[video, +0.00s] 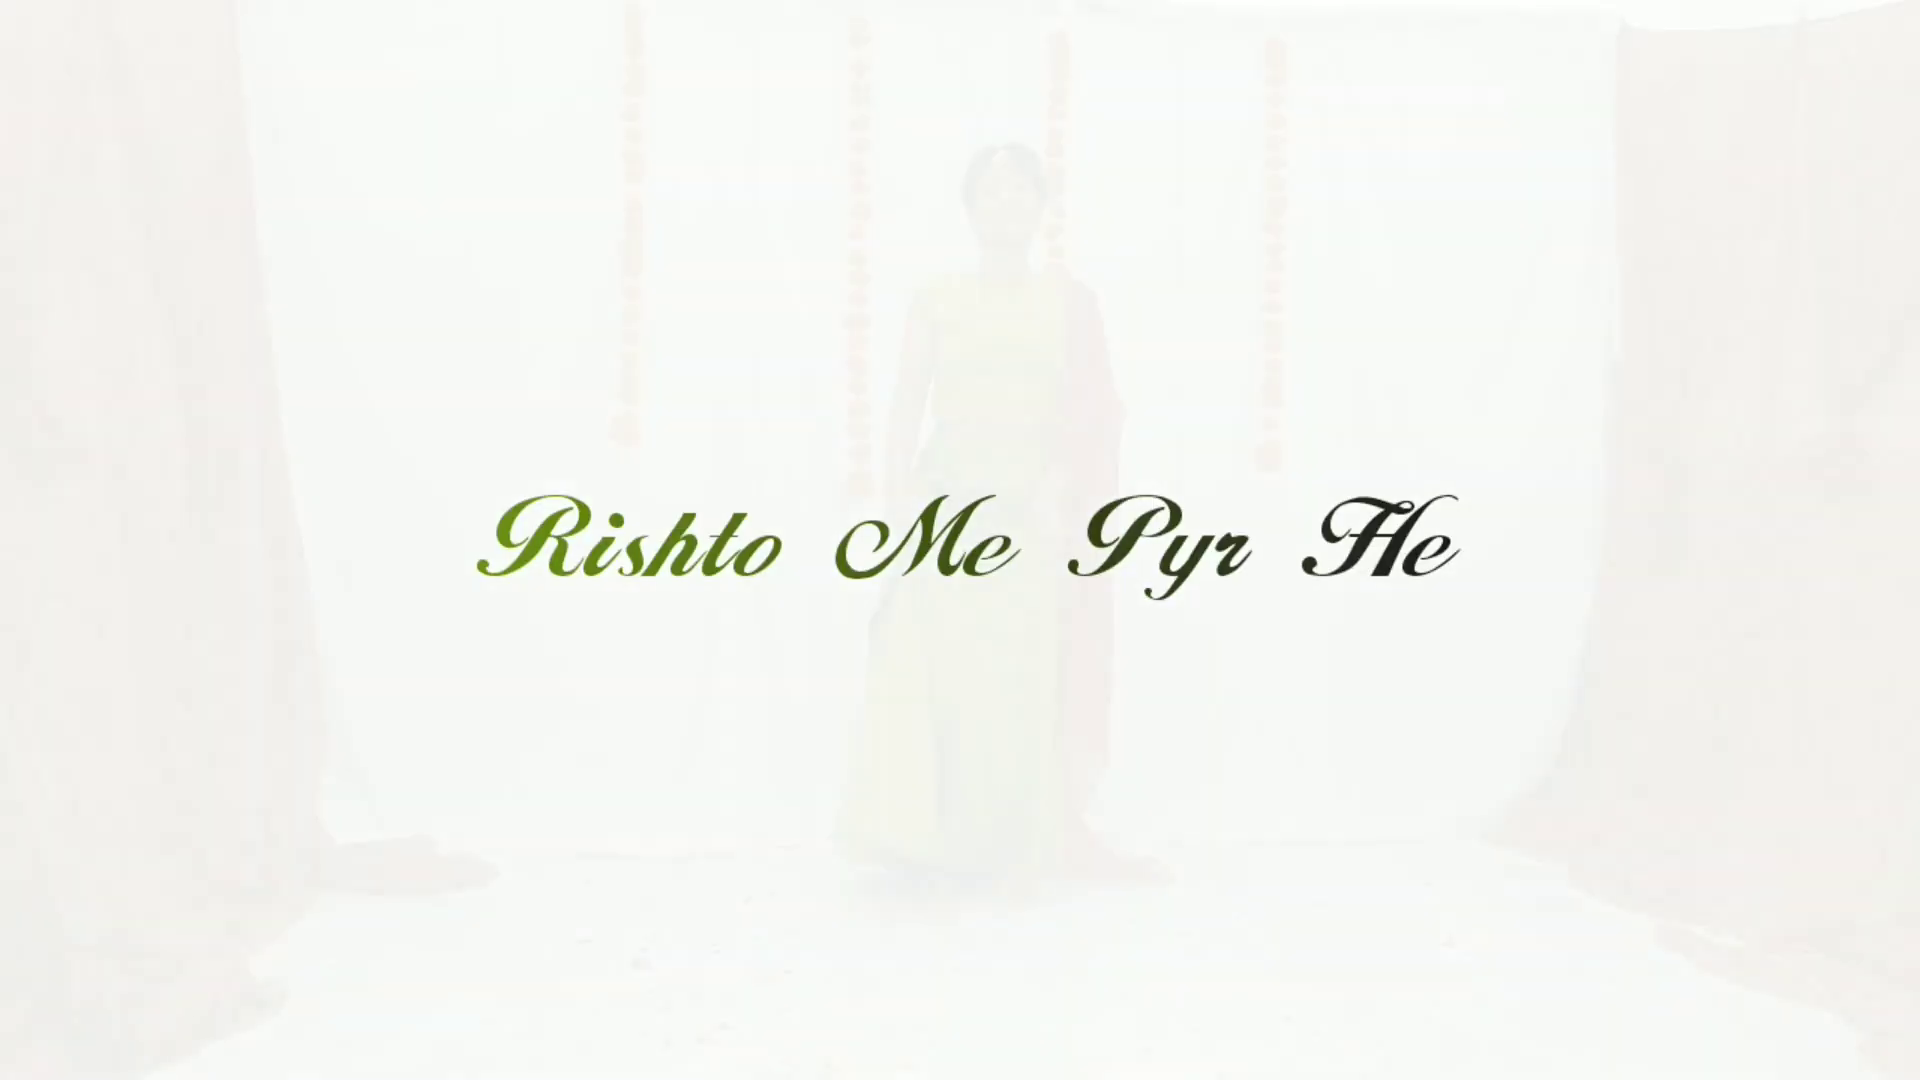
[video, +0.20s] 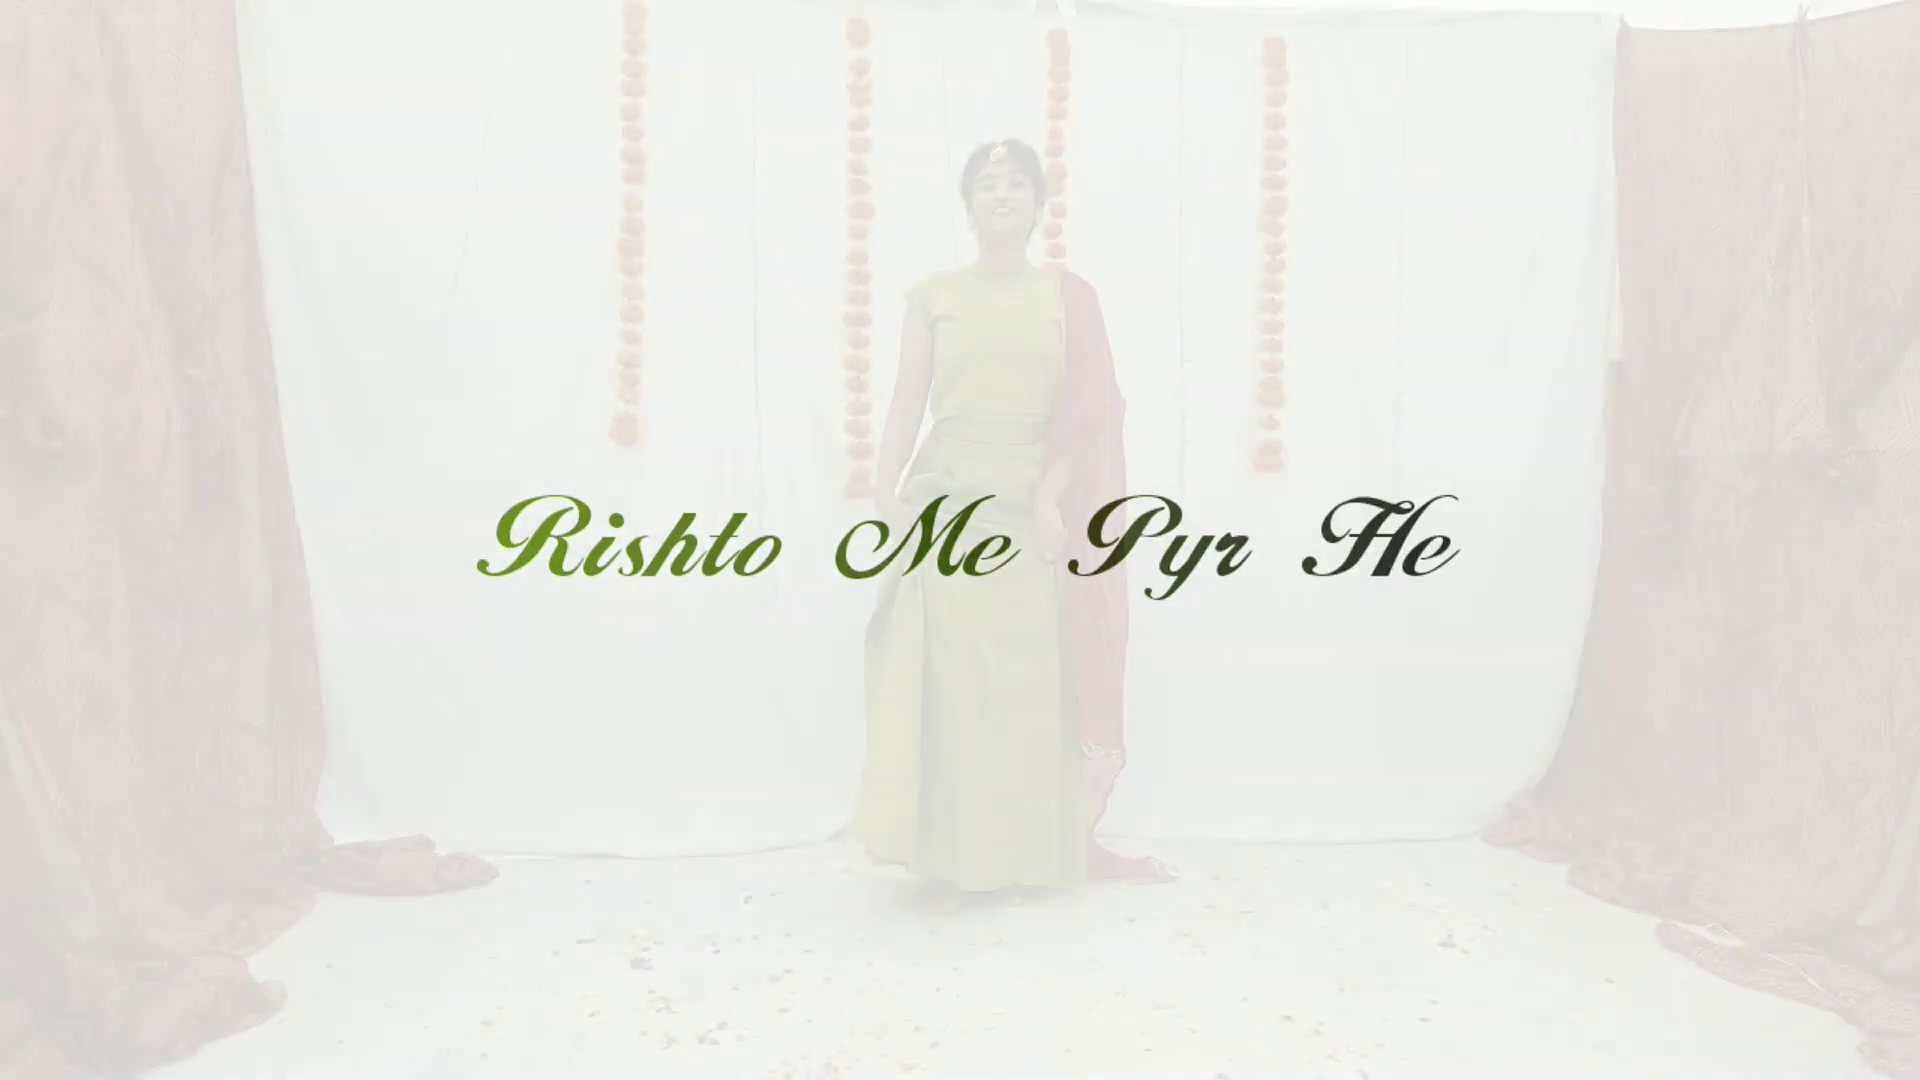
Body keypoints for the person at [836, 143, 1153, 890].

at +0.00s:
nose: (1004, 213)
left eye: (1018, 197)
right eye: (991, 198)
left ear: (1040, 206)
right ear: (970, 206)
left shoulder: (1068, 302)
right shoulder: (940, 299)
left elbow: (1096, 417)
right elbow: (906, 412)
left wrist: (1091, 513)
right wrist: (898, 504)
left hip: (1040, 504)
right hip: (950, 503)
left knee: (1025, 669)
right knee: (946, 667)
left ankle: (1020, 836)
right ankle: (936, 835)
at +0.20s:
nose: (1000, 199)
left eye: (1014, 187)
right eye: (986, 188)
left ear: (1038, 201)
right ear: (967, 202)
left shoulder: (1069, 296)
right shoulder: (934, 296)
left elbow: (1088, 413)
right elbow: (906, 407)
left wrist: (1050, 499)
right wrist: (886, 494)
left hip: (1025, 500)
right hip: (940, 497)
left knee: (1020, 673)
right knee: (947, 673)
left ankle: (1018, 847)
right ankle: (950, 850)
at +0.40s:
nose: (996, 192)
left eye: (1010, 181)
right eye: (982, 182)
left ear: (1036, 197)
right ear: (963, 197)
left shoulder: (1066, 290)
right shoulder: (929, 289)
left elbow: (1083, 411)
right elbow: (903, 400)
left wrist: (1051, 494)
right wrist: (879, 480)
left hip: (1025, 500)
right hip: (942, 495)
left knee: (1020, 675)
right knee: (949, 676)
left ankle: (1018, 857)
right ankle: (951, 857)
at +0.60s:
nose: (993, 217)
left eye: (1008, 206)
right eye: (980, 205)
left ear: (1033, 221)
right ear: (960, 220)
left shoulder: (1063, 313)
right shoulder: (926, 315)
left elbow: (1091, 425)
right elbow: (911, 429)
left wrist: (1061, 508)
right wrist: (874, 532)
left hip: (1027, 518)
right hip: (943, 516)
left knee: (1017, 686)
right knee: (925, 680)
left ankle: (1018, 867)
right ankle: (933, 863)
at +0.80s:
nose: (999, 226)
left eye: (1014, 213)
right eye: (986, 213)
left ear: (1036, 226)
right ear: (965, 225)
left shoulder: (1059, 317)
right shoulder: (931, 309)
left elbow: (1104, 416)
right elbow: (846, 385)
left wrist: (1025, 440)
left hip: (1025, 507)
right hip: (948, 505)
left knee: (1011, 680)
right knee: (932, 674)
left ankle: (1019, 867)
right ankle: (918, 864)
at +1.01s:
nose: (993, 189)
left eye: (1007, 177)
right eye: (979, 176)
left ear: (1029, 194)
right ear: (958, 192)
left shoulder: (1052, 278)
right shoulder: (928, 272)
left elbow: (1089, 341)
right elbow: (810, 248)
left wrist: (981, 348)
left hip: (1025, 475)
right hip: (941, 473)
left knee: (1019, 660)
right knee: (937, 658)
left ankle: (1021, 858)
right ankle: (929, 861)